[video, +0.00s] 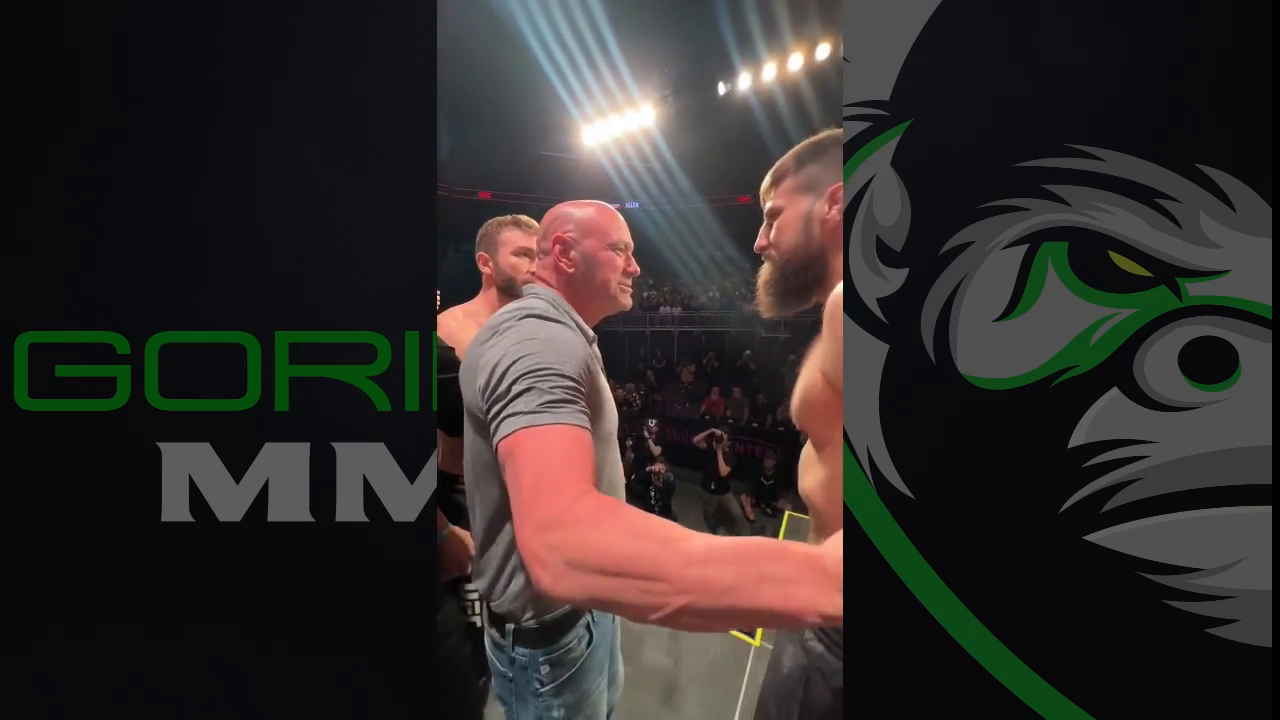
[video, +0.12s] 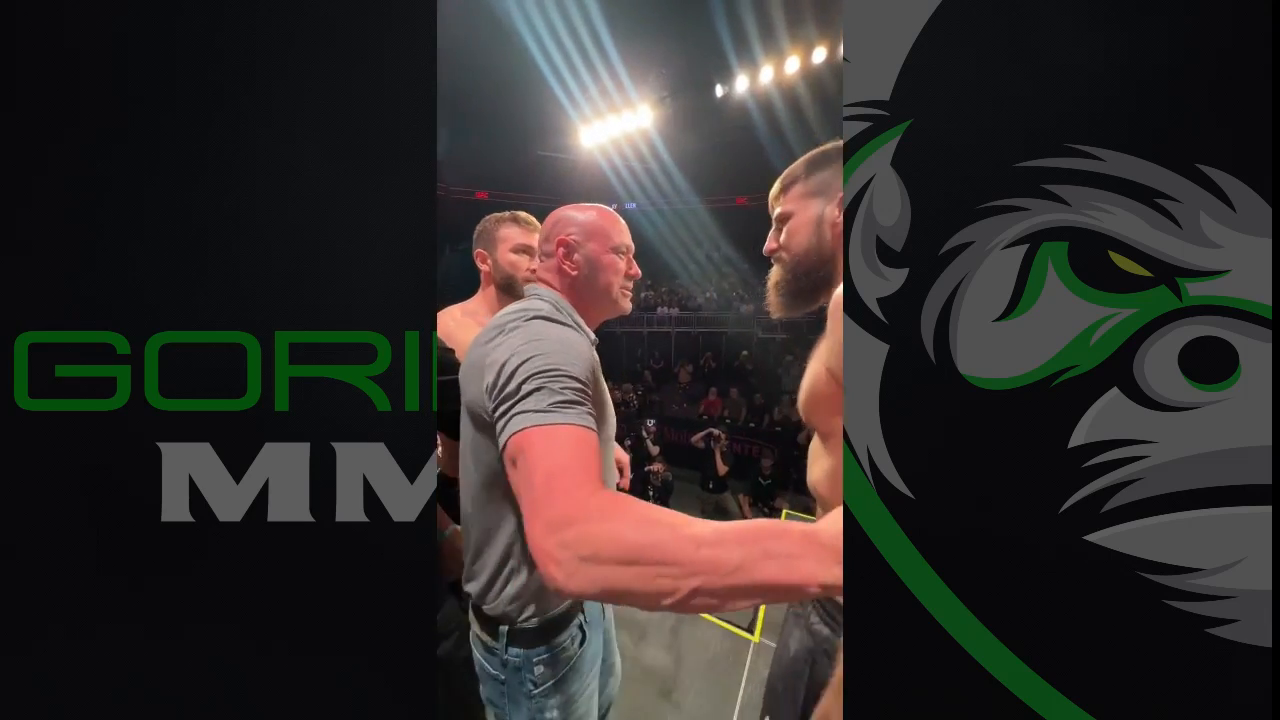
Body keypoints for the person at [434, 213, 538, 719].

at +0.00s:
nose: (534, 264)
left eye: (538, 255)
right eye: (522, 254)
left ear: (545, 261)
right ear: (485, 261)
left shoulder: (530, 331)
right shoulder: (446, 331)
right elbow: (413, 436)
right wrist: (441, 529)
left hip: (521, 486)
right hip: (460, 495)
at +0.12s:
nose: (535, 263)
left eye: (539, 252)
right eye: (522, 251)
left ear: (546, 260)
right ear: (484, 260)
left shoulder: (534, 328)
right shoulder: (447, 326)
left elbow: (558, 405)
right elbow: (435, 444)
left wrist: (602, 442)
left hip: (532, 499)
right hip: (467, 510)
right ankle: (468, 706)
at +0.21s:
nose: (538, 260)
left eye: (541, 250)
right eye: (523, 249)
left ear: (547, 259)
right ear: (484, 257)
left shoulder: (537, 327)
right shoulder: (445, 326)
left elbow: (559, 400)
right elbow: (424, 438)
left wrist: (604, 435)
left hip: (537, 491)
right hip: (469, 502)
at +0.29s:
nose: (538, 258)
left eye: (541, 249)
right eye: (523, 247)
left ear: (547, 257)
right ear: (483, 256)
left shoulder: (540, 325)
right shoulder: (445, 325)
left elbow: (565, 403)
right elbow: (440, 447)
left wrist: (605, 436)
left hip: (538, 497)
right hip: (469, 508)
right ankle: (467, 707)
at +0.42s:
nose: (537, 257)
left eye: (540, 247)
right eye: (521, 246)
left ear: (545, 256)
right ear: (481, 255)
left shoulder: (543, 327)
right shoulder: (443, 323)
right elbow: (425, 441)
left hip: (534, 505)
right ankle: (462, 710)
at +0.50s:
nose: (537, 257)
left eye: (540, 247)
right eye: (522, 246)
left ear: (545, 256)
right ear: (482, 254)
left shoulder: (544, 326)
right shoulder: (442, 321)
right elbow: (414, 429)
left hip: (535, 501)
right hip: (463, 506)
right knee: (462, 631)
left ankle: (543, 704)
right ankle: (462, 707)